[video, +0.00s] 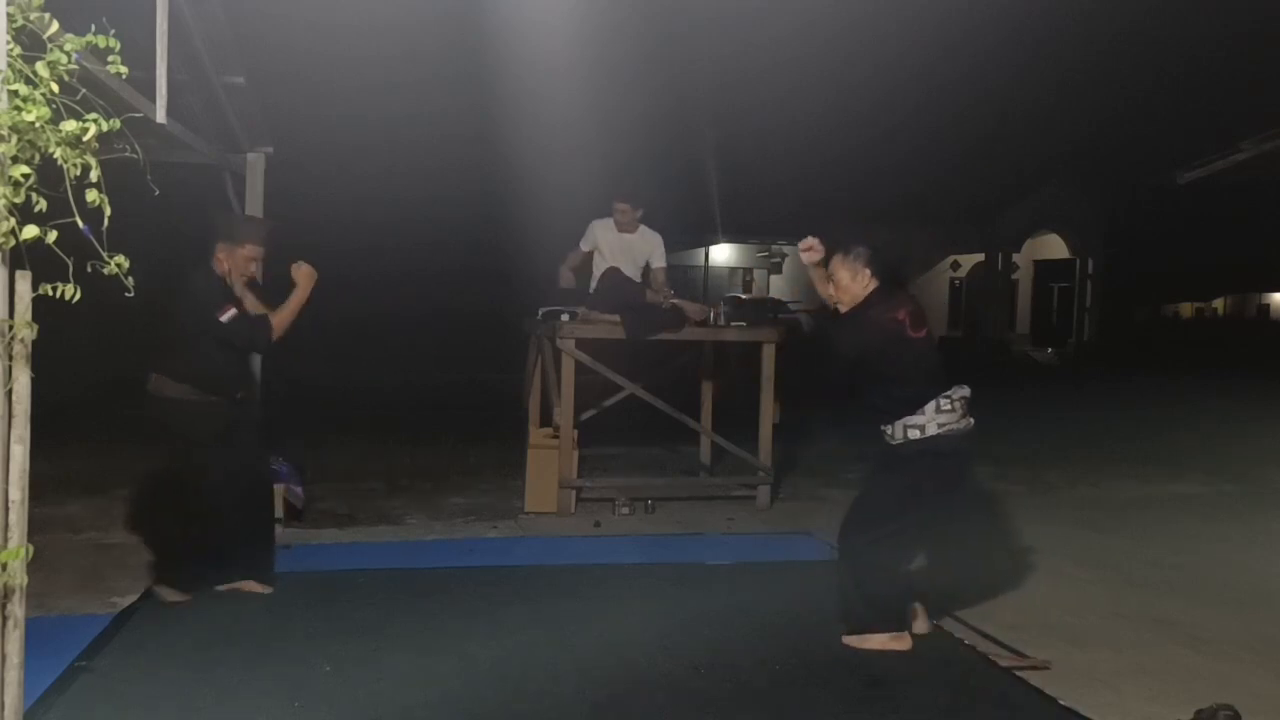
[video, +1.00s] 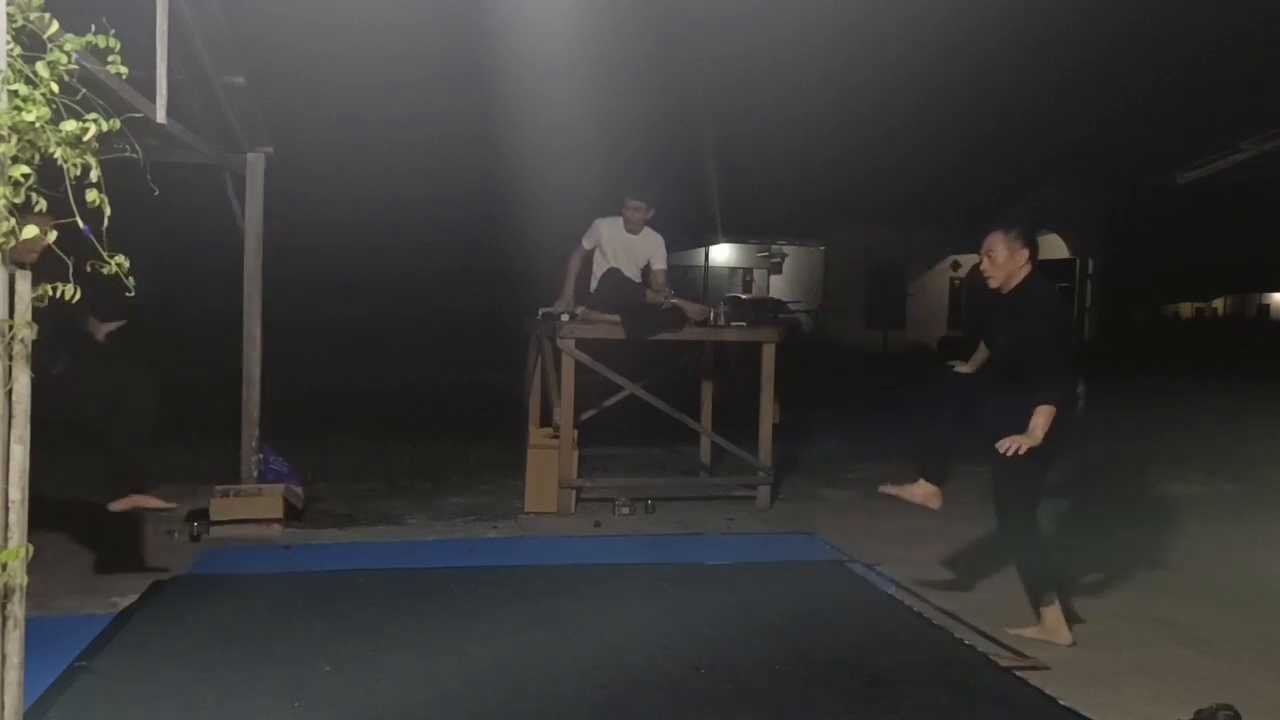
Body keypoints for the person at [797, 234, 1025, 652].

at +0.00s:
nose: (834, 289)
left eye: (838, 279)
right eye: (832, 281)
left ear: (865, 277)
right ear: (868, 276)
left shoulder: (864, 324)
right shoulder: (899, 301)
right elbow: (836, 302)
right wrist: (816, 265)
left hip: (918, 453)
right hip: (948, 445)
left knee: (860, 533)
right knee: (896, 526)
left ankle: (884, 629)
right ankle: (916, 614)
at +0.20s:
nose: (844, 297)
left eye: (851, 287)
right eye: (843, 288)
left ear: (881, 286)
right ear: (882, 287)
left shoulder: (883, 334)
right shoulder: (907, 310)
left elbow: (843, 389)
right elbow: (854, 314)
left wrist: (794, 401)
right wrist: (836, 275)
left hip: (931, 457)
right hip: (964, 448)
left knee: (872, 534)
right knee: (950, 528)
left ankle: (883, 627)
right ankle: (1010, 606)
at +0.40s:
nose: (869, 296)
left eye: (877, 287)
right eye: (868, 288)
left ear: (908, 289)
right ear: (907, 291)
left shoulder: (912, 335)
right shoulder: (916, 323)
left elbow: (863, 391)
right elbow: (851, 364)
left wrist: (824, 370)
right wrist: (843, 322)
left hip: (959, 454)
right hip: (983, 448)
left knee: (898, 518)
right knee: (980, 533)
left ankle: (886, 624)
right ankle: (1038, 614)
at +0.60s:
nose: (941, 274)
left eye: (948, 264)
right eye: (939, 266)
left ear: (979, 265)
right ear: (977, 268)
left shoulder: (990, 315)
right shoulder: (994, 306)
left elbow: (952, 381)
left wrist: (897, 359)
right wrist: (925, 336)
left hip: (1005, 430)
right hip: (1031, 428)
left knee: (936, 481)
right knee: (1008, 514)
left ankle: (938, 582)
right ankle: (1046, 616)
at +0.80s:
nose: (973, 263)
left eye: (981, 255)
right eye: (973, 255)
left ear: (1012, 257)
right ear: (984, 258)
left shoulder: (1030, 302)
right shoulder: (983, 293)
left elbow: (1026, 381)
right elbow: (965, 336)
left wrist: (990, 429)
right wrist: (914, 364)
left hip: (1028, 417)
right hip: (994, 401)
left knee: (1014, 512)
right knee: (928, 388)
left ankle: (1054, 621)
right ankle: (941, 479)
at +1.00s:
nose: (983, 264)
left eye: (991, 256)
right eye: (983, 256)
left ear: (1022, 257)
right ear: (1009, 258)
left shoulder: (1043, 300)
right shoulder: (1000, 294)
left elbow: (1055, 373)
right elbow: (994, 337)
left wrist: (1034, 432)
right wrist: (971, 366)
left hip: (1034, 415)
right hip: (1010, 401)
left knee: (1015, 515)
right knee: (947, 386)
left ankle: (1054, 624)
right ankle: (928, 484)